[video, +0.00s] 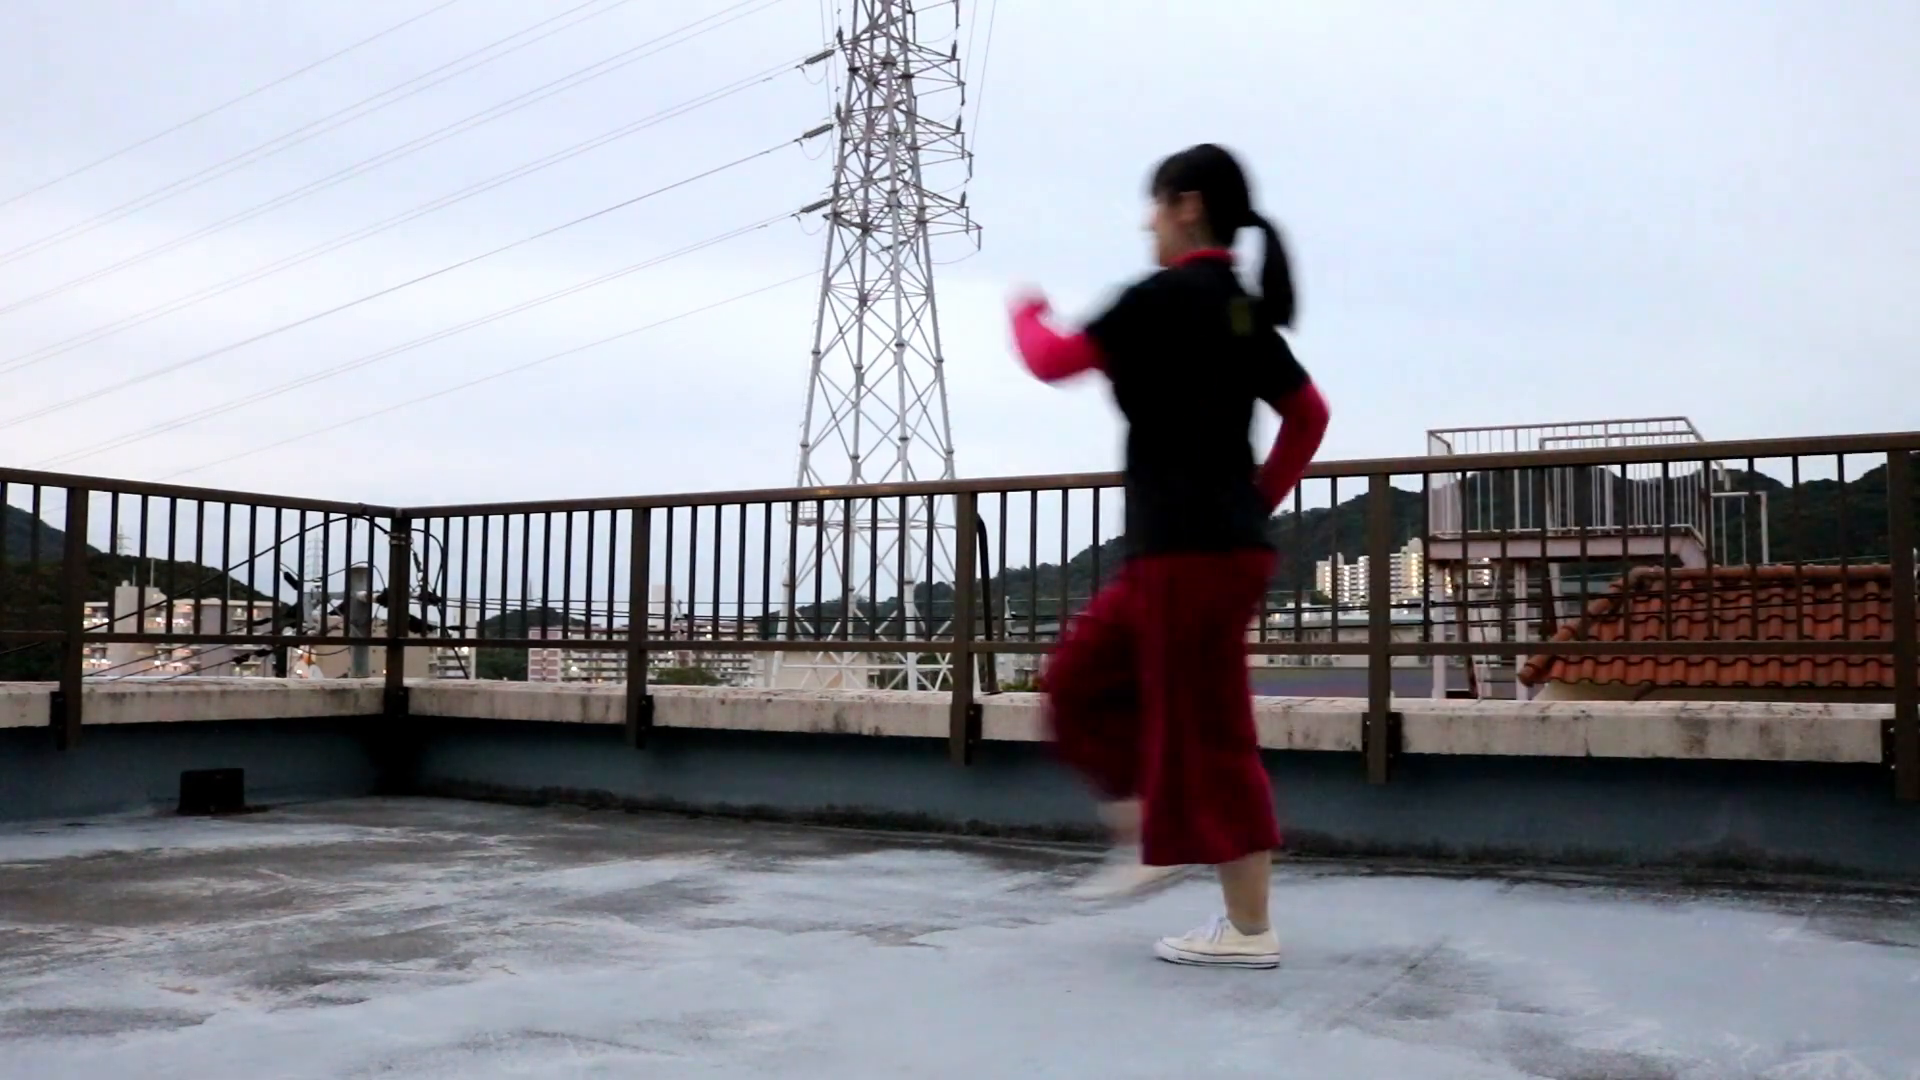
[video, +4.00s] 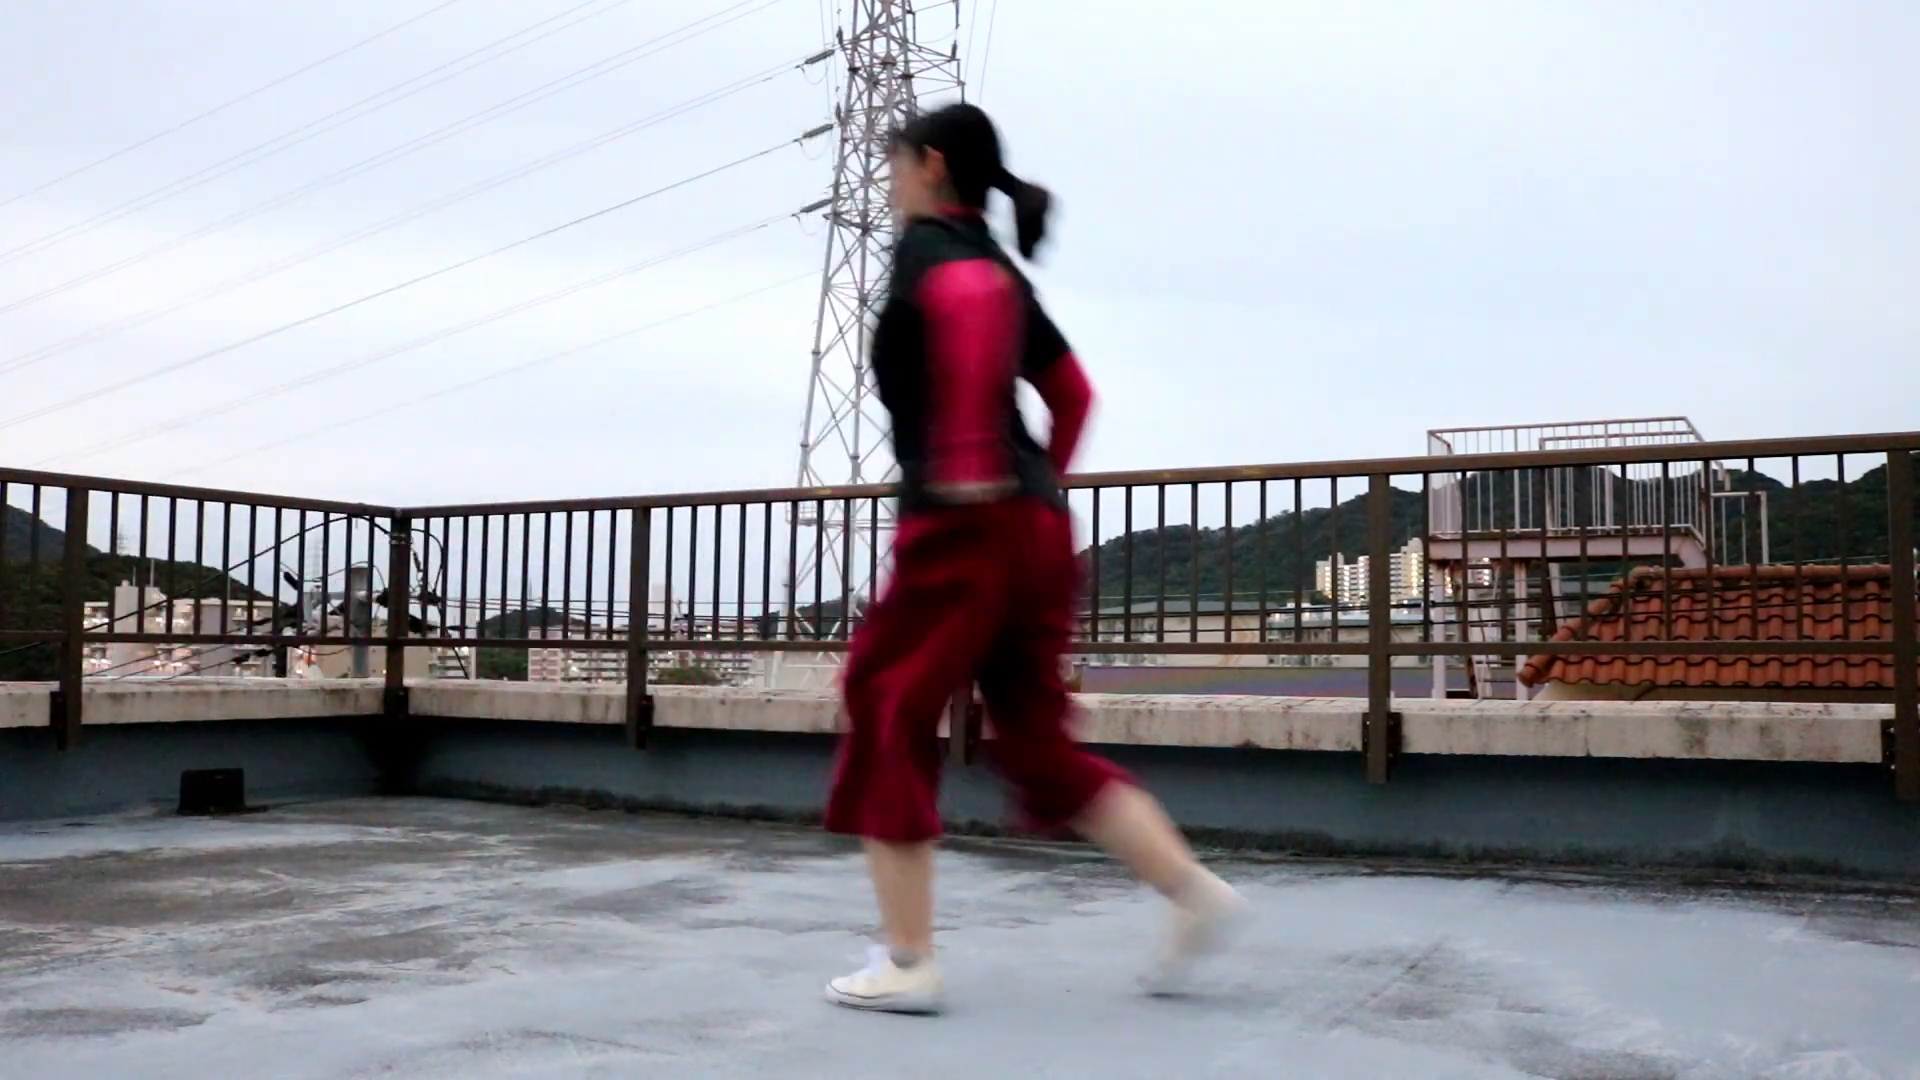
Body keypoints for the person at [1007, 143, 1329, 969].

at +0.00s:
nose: (1148, 220)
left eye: (1156, 205)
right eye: (1152, 205)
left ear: (1187, 210)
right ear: (1215, 216)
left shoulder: (1157, 301)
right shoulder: (1238, 312)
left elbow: (1053, 359)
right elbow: (1308, 414)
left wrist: (1024, 308)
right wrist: (1257, 502)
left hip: (1182, 553)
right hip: (1231, 548)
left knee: (1210, 725)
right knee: (1076, 680)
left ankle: (1249, 926)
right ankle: (1143, 833)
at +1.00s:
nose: (574, 261)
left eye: (580, 250)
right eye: (578, 249)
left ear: (597, 258)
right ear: (641, 264)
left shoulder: (572, 333)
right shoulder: (654, 348)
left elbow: (471, 394)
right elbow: (706, 449)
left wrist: (469, 342)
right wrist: (647, 506)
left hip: (571, 559)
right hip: (621, 561)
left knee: (591, 720)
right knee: (497, 674)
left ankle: (620, 906)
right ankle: (508, 844)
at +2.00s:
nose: (172, 291)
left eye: (174, 280)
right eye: (174, 280)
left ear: (190, 284)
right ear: (246, 290)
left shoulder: (156, 351)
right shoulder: (262, 371)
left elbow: (84, 435)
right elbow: (317, 456)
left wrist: (125, 406)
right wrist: (264, 516)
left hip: (148, 561)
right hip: (224, 566)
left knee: (154, 706)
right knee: (126, 691)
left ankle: (194, 872)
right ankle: (100, 843)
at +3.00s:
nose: (307, 265)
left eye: (313, 254)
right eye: (312, 253)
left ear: (328, 262)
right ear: (385, 268)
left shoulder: (296, 336)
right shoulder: (406, 358)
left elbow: (239, 421)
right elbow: (446, 470)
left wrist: (205, 477)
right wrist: (404, 529)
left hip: (299, 568)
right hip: (381, 569)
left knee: (263, 728)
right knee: (334, 725)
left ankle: (276, 909)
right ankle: (424, 761)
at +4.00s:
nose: (889, 175)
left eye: (899, 161)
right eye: (895, 160)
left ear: (932, 169)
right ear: (962, 179)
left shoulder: (926, 249)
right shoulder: (998, 271)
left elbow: (975, 311)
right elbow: (1074, 394)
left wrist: (966, 462)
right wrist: (1042, 490)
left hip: (958, 531)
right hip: (1036, 531)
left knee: (884, 705)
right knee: (1034, 737)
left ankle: (909, 960)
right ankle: (1194, 890)